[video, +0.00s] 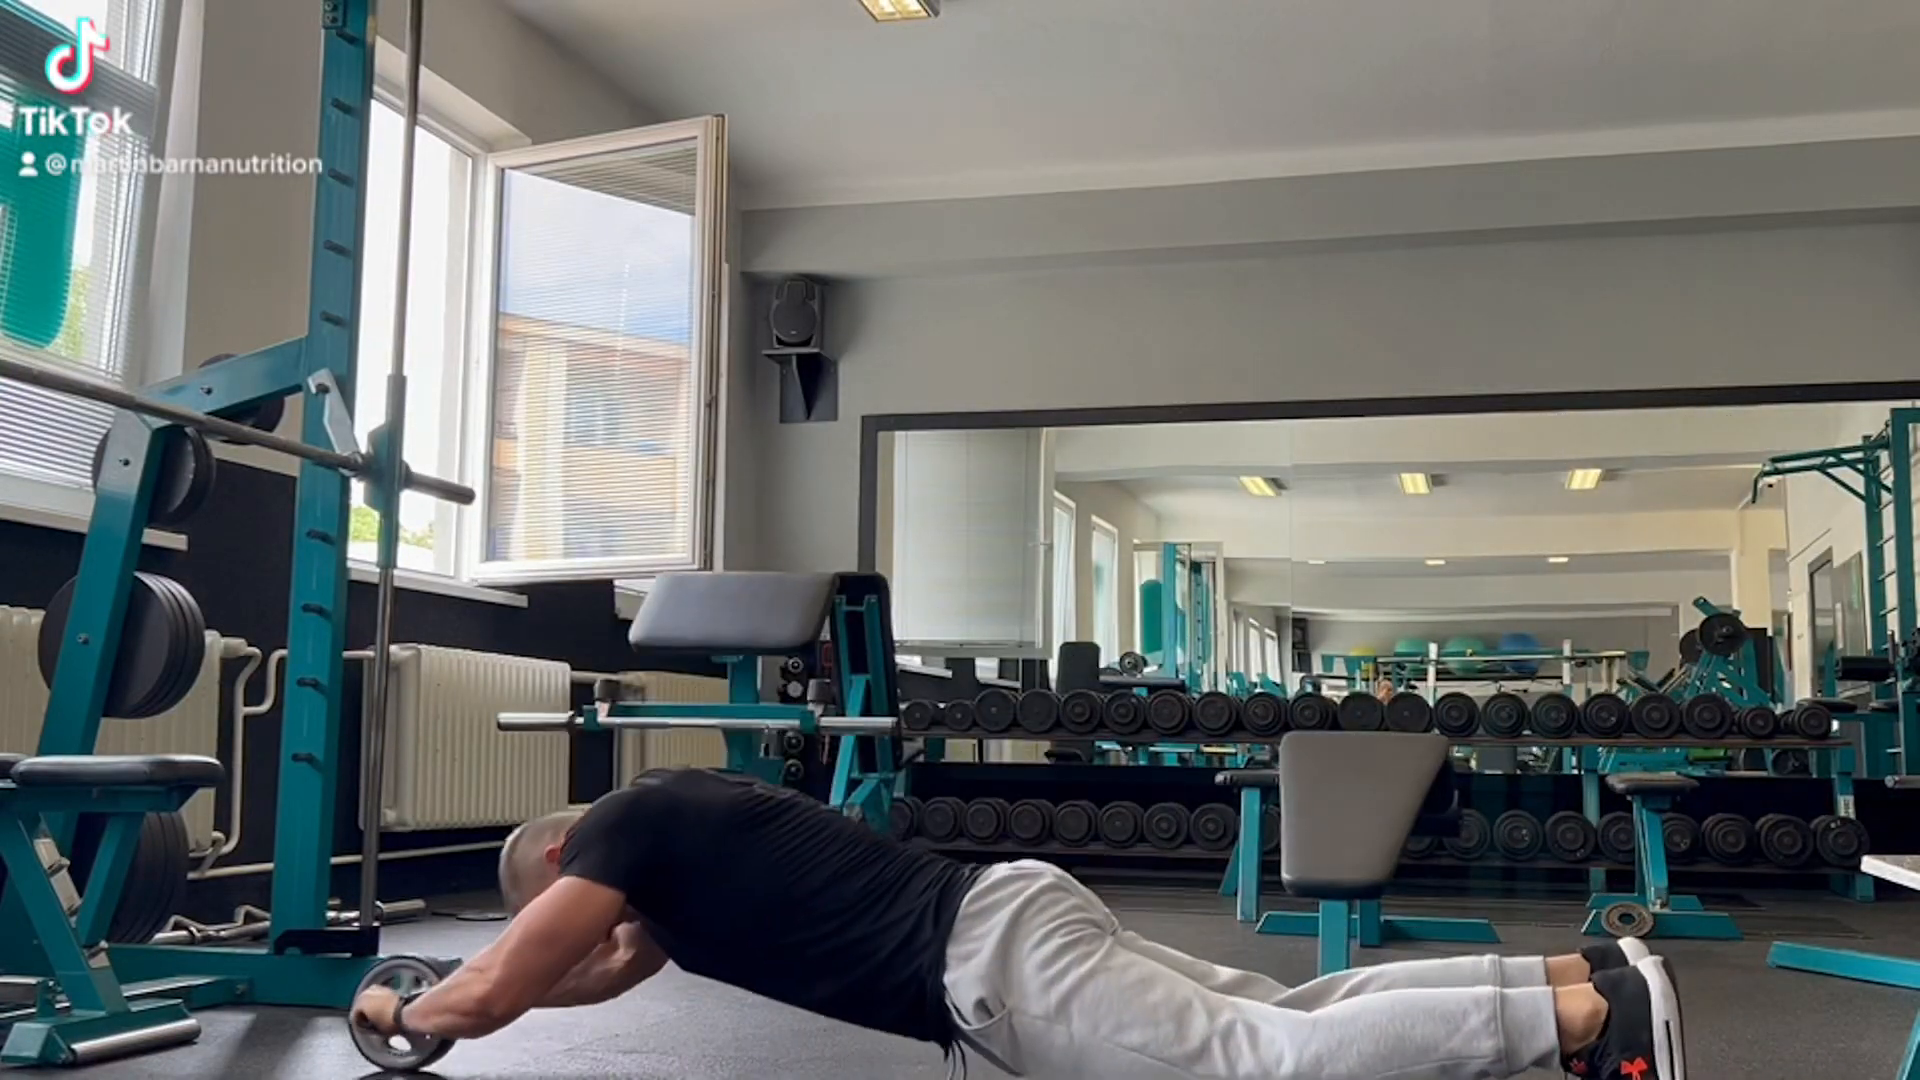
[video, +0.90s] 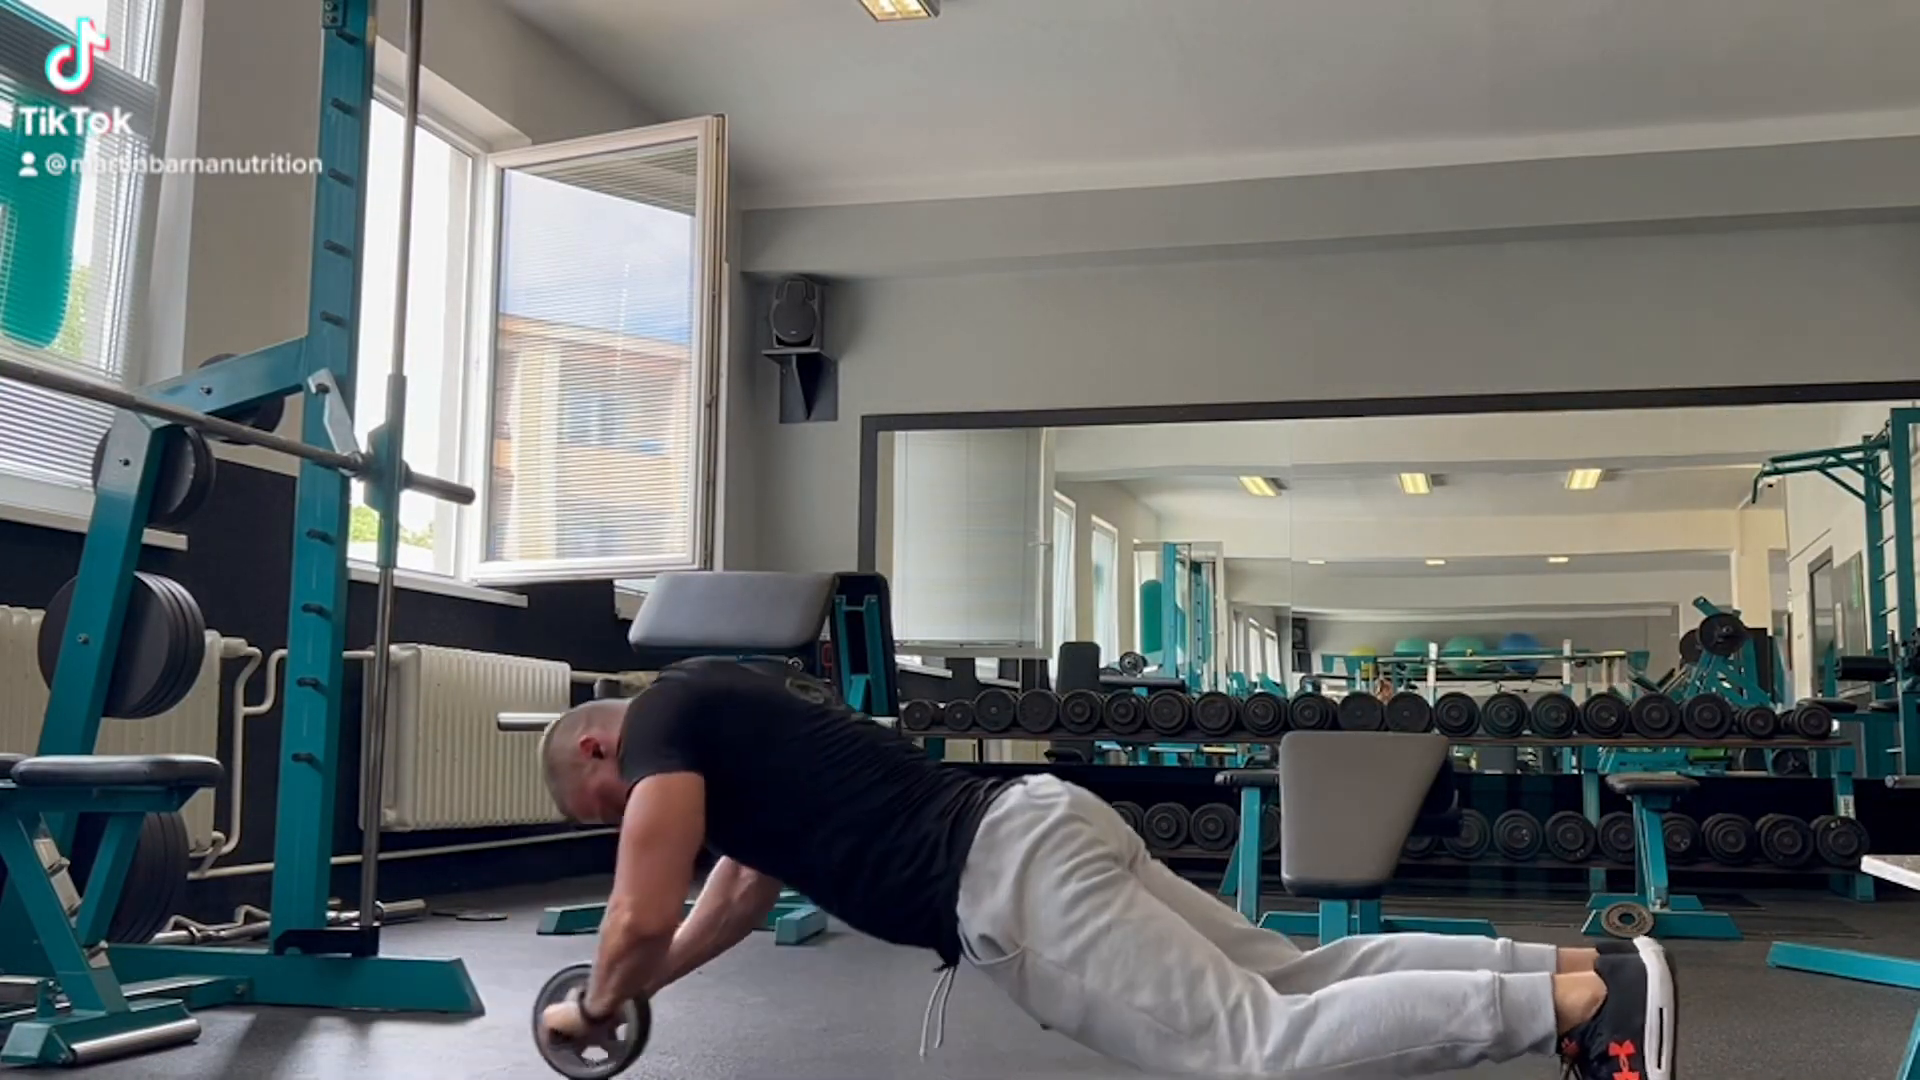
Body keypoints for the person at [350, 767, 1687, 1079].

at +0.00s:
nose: (553, 940)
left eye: (542, 918)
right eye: (544, 929)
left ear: (565, 863)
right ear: (590, 861)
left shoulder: (627, 835)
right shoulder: (683, 862)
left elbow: (486, 996)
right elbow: (615, 976)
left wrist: (412, 1017)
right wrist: (485, 1006)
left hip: (994, 947)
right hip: (1003, 938)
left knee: (1247, 1050)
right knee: (1264, 1011)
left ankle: (1564, 1006)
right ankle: (1559, 990)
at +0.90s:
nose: (607, 825)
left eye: (588, 803)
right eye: (597, 811)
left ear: (589, 751)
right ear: (621, 736)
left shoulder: (670, 713)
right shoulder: (742, 722)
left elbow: (642, 923)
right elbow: (721, 917)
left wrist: (595, 1010)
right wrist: (626, 990)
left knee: (1257, 1042)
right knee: (1291, 978)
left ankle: (1576, 998)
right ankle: (1574, 973)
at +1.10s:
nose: (676, 762)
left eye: (655, 744)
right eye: (663, 757)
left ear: (658, 678)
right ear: (685, 686)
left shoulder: (754, 637)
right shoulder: (819, 668)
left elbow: (783, 845)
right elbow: (851, 856)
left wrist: (768, 992)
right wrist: (798, 989)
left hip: (1107, 698)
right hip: (1110, 714)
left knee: (1315, 924)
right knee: (1326, 902)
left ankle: (1634, 995)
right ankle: (1620, 978)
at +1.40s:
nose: (902, 751)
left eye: (874, 736)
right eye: (878, 743)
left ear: (874, 672)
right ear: (884, 657)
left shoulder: (981, 614)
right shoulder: (986, 622)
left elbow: (1033, 840)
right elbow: (1047, 835)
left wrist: (1024, 1000)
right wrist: (1030, 993)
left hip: (1317, 550)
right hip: (1307, 566)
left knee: (1455, 827)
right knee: (1441, 822)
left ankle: (1717, 1023)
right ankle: (1671, 1005)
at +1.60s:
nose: (1061, 749)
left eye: (1033, 737)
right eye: (1037, 748)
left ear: (1032, 670)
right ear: (1037, 654)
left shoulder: (1144, 612)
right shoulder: (1145, 614)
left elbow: (1232, 835)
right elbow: (1229, 823)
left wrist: (1247, 1008)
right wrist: (1246, 996)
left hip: (1466, 499)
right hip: (1455, 510)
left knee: (1532, 803)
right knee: (1517, 802)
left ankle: (1750, 1047)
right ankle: (1693, 1018)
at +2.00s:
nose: (1154, 765)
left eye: (1133, 746)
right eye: (1133, 757)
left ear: (1155, 684)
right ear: (1164, 668)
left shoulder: (1264, 640)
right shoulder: (1272, 632)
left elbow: (1408, 851)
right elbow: (1418, 822)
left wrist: (1477, 1023)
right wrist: (1475, 998)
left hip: (1579, 490)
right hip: (1581, 484)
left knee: (1577, 794)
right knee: (1577, 789)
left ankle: (1772, 1056)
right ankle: (1715, 1024)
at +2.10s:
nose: (1068, 711)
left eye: (1056, 685)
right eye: (1051, 697)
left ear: (1094, 627)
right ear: (1102, 620)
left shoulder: (1199, 611)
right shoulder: (1210, 601)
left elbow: (1292, 845)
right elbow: (1312, 809)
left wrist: (1310, 1015)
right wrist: (1312, 990)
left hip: (1537, 494)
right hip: (1542, 485)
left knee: (1555, 800)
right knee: (1575, 790)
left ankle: (1752, 1041)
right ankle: (1714, 1020)